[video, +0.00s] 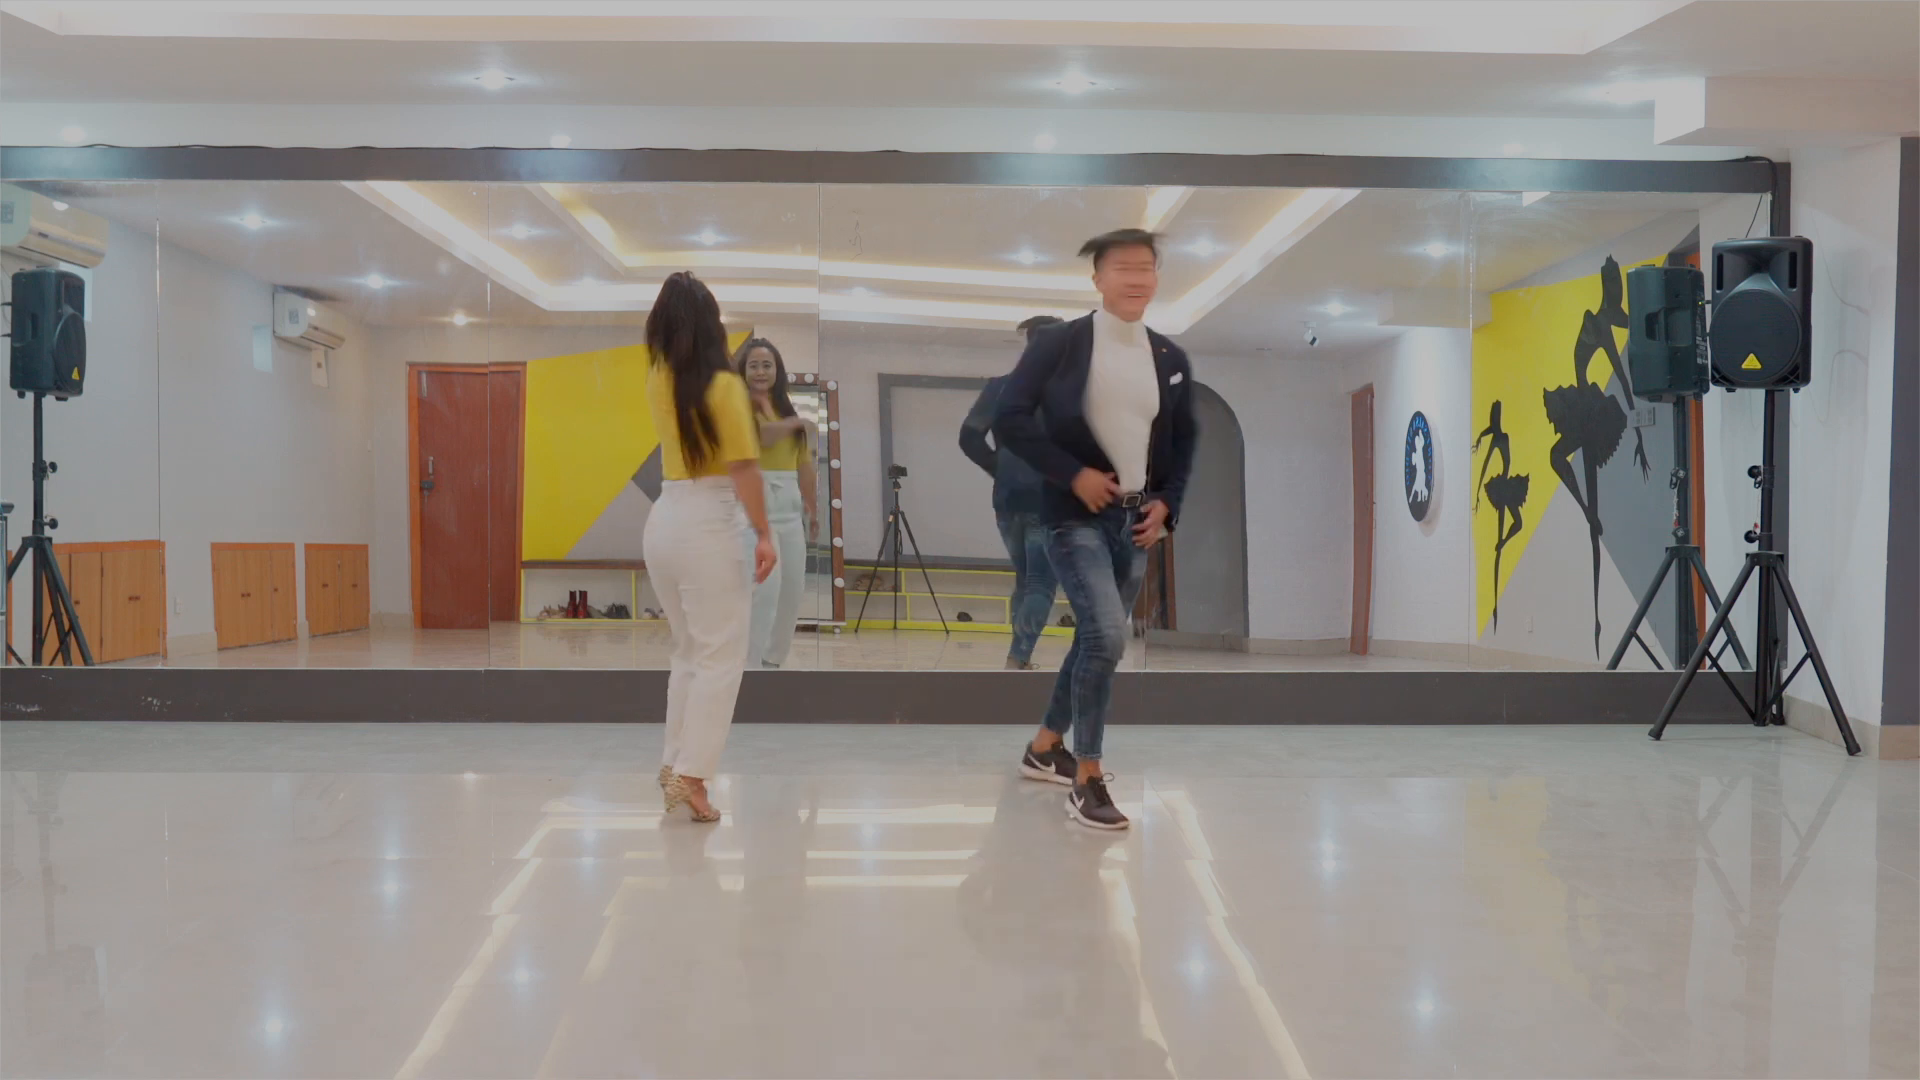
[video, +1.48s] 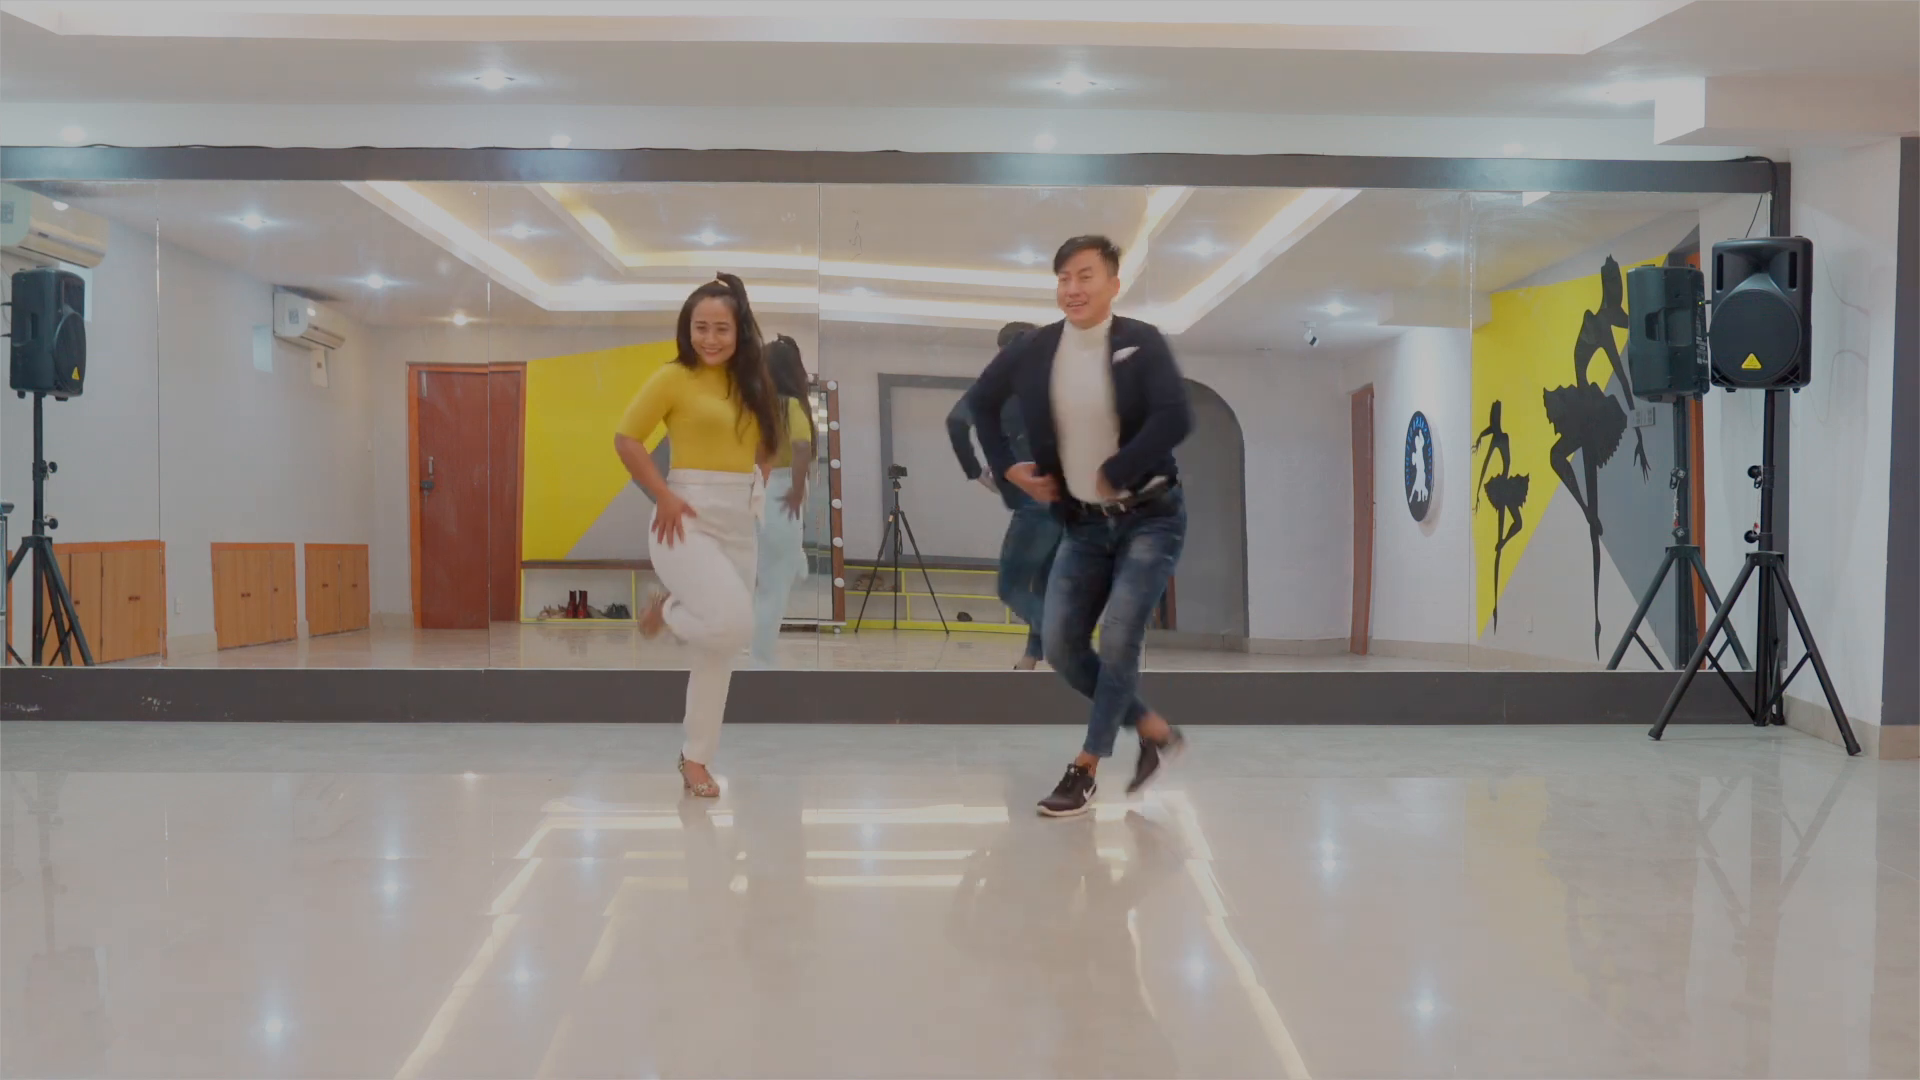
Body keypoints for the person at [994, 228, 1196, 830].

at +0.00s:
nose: (1135, 279)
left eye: (1144, 268)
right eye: (1122, 268)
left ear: (1157, 278)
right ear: (1097, 276)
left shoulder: (1170, 359)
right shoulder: (1057, 344)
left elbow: (1181, 438)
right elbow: (1010, 418)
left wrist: (1166, 499)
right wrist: (1072, 474)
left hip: (1135, 518)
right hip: (1074, 515)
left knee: (1097, 637)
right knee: (1107, 637)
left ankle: (1046, 743)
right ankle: (1088, 774)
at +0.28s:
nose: (1116, 289)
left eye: (1128, 277)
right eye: (1106, 278)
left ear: (1154, 283)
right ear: (1094, 286)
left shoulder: (1181, 357)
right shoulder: (1066, 351)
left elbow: (1220, 430)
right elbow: (993, 415)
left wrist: (1193, 491)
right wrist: (1042, 482)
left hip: (1142, 521)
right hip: (1076, 514)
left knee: (1104, 638)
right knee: (1105, 634)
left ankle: (1049, 742)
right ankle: (1098, 773)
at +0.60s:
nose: (1119, 298)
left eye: (1131, 285)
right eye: (1109, 288)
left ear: (1157, 292)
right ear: (1096, 298)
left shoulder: (1187, 359)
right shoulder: (1065, 356)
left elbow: (1169, 431)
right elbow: (1010, 429)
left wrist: (1086, 416)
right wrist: (1019, 502)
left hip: (1161, 530)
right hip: (1091, 525)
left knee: (1129, 655)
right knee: (1119, 651)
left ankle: (1059, 734)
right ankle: (1155, 775)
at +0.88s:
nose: (1109, 286)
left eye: (1121, 274)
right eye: (1098, 276)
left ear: (1147, 281)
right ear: (1087, 288)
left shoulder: (1170, 348)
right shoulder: (1082, 352)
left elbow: (1162, 444)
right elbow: (1080, 425)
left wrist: (1101, 515)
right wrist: (1059, 467)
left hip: (1170, 521)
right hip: (1102, 519)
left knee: (1163, 667)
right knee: (1122, 652)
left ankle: (1122, 724)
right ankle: (1155, 775)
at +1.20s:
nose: (1107, 276)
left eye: (1118, 264)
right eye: (1095, 267)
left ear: (1144, 270)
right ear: (1083, 277)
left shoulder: (1182, 329)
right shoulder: (1078, 343)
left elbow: (1253, 379)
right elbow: (1034, 427)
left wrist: (1229, 438)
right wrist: (1050, 396)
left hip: (1157, 497)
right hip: (1108, 503)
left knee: (1043, 582)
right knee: (1136, 650)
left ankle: (1144, 682)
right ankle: (1179, 783)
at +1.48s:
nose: (1073, 287)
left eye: (1087, 276)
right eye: (1065, 277)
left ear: (1114, 283)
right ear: (1057, 287)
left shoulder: (1142, 343)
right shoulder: (1031, 349)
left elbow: (1175, 418)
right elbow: (976, 408)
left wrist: (1117, 469)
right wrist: (1008, 470)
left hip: (1148, 514)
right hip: (1082, 520)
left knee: (1118, 637)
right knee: (1059, 644)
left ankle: (1085, 769)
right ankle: (1157, 731)